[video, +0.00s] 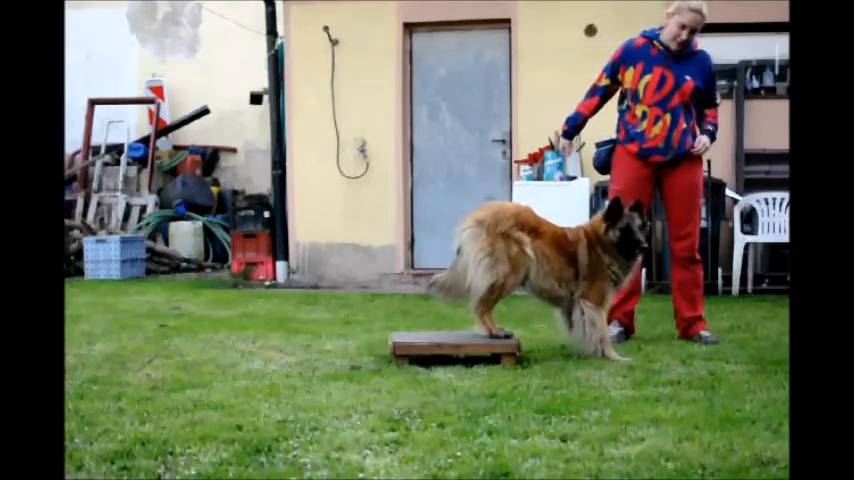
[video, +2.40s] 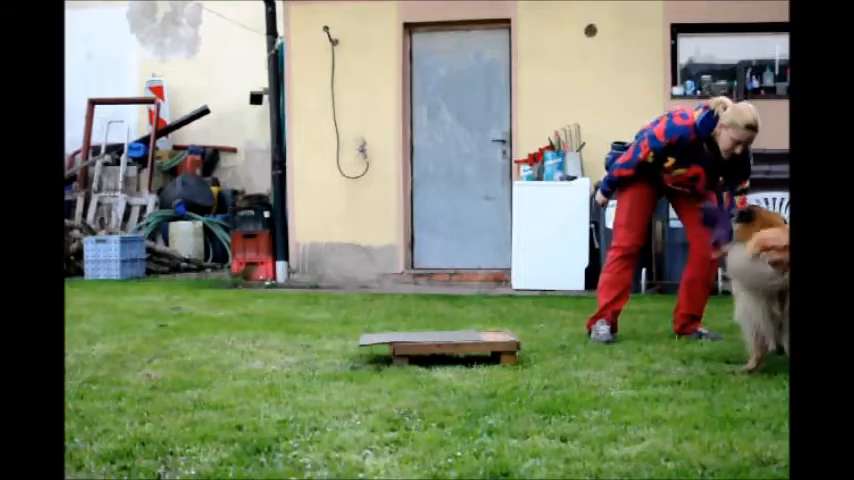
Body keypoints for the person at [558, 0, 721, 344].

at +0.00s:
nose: (684, 36)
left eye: (692, 32)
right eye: (682, 27)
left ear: (698, 33)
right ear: (667, 17)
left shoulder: (700, 62)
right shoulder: (633, 50)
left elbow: (709, 108)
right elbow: (600, 91)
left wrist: (707, 134)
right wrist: (568, 130)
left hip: (682, 158)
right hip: (633, 155)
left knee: (686, 244)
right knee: (624, 237)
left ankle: (692, 325)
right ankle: (620, 322)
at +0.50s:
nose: (695, 40)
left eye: (702, 36)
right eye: (693, 31)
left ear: (707, 36)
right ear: (676, 19)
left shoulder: (705, 65)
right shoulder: (639, 49)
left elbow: (717, 117)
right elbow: (604, 88)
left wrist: (739, 157)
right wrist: (571, 126)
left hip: (684, 159)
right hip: (635, 156)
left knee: (686, 246)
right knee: (625, 240)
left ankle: (692, 325)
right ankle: (620, 321)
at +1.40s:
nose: (702, 82)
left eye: (705, 76)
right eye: (698, 74)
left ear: (706, 72)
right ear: (676, 66)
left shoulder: (700, 100)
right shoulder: (639, 86)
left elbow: (702, 147)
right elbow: (603, 126)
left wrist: (713, 191)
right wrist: (572, 171)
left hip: (669, 168)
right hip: (622, 165)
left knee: (686, 243)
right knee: (617, 242)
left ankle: (692, 325)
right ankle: (602, 321)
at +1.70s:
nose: (703, 134)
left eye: (707, 129)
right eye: (700, 128)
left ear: (710, 121)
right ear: (682, 116)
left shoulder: (697, 138)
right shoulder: (646, 111)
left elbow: (693, 178)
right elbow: (602, 141)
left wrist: (699, 221)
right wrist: (572, 184)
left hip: (658, 177)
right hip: (613, 171)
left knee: (675, 244)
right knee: (606, 243)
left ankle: (687, 323)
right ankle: (600, 321)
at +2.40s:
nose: (739, 150)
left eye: (745, 145)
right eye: (735, 142)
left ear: (751, 141)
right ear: (720, 127)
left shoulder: (739, 160)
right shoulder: (681, 127)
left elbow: (732, 203)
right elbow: (636, 153)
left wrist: (722, 239)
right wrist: (606, 189)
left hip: (689, 185)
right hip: (646, 174)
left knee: (707, 248)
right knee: (627, 244)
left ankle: (688, 324)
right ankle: (604, 321)